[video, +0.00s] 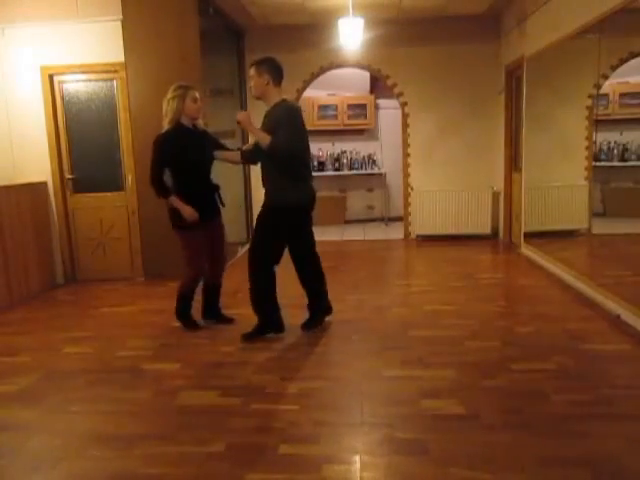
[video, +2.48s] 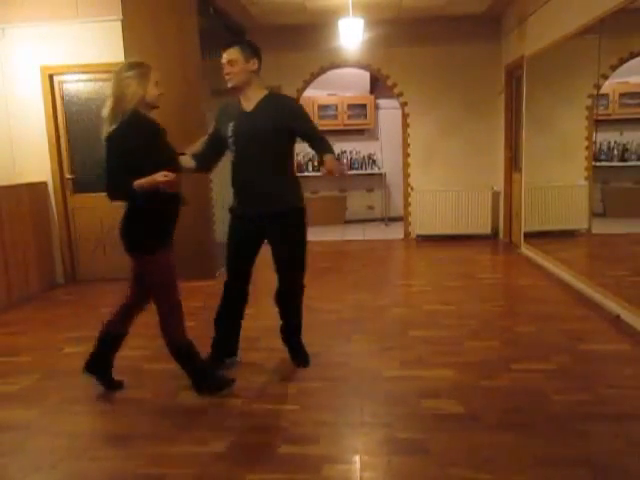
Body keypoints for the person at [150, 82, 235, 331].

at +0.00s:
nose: (199, 105)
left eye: (199, 100)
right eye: (193, 100)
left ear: (197, 105)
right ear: (178, 104)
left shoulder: (201, 135)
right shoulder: (165, 140)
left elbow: (227, 152)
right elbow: (156, 180)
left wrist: (252, 147)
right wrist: (180, 206)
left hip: (209, 201)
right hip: (185, 205)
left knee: (216, 260)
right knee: (196, 264)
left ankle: (211, 309)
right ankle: (183, 311)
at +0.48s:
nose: (177, 99)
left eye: (176, 94)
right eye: (171, 95)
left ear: (167, 99)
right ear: (154, 100)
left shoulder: (179, 134)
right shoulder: (141, 141)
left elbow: (196, 163)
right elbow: (136, 186)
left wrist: (208, 170)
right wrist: (163, 205)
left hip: (194, 212)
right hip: (167, 218)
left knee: (201, 273)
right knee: (178, 282)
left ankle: (189, 330)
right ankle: (157, 353)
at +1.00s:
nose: (136, 93)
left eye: (134, 88)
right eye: (130, 89)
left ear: (119, 95)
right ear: (112, 95)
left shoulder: (128, 133)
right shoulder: (114, 136)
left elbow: (168, 159)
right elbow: (122, 190)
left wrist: (205, 130)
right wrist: (147, 224)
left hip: (130, 224)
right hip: (119, 227)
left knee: (147, 297)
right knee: (134, 301)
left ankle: (100, 361)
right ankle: (145, 378)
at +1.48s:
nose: (124, 88)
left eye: (123, 83)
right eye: (118, 83)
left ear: (105, 87)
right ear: (98, 88)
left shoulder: (116, 125)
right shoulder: (87, 129)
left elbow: (132, 167)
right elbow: (75, 182)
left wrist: (167, 170)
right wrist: (120, 205)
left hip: (126, 221)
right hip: (108, 225)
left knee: (142, 294)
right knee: (141, 297)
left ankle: (101, 357)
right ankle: (128, 372)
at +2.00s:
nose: (111, 89)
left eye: (110, 83)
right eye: (105, 84)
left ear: (85, 92)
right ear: (86, 90)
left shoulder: (96, 129)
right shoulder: (88, 133)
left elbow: (107, 177)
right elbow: (98, 186)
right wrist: (134, 175)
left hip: (99, 228)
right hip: (99, 231)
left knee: (104, 303)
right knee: (139, 298)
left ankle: (91, 377)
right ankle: (105, 372)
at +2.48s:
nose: (160, 90)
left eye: (158, 84)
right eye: (154, 84)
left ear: (138, 88)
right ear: (135, 88)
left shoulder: (151, 126)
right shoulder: (124, 133)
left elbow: (163, 164)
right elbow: (115, 188)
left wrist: (193, 152)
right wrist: (150, 180)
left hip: (157, 223)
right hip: (144, 227)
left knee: (138, 298)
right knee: (168, 303)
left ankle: (100, 360)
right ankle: (200, 375)